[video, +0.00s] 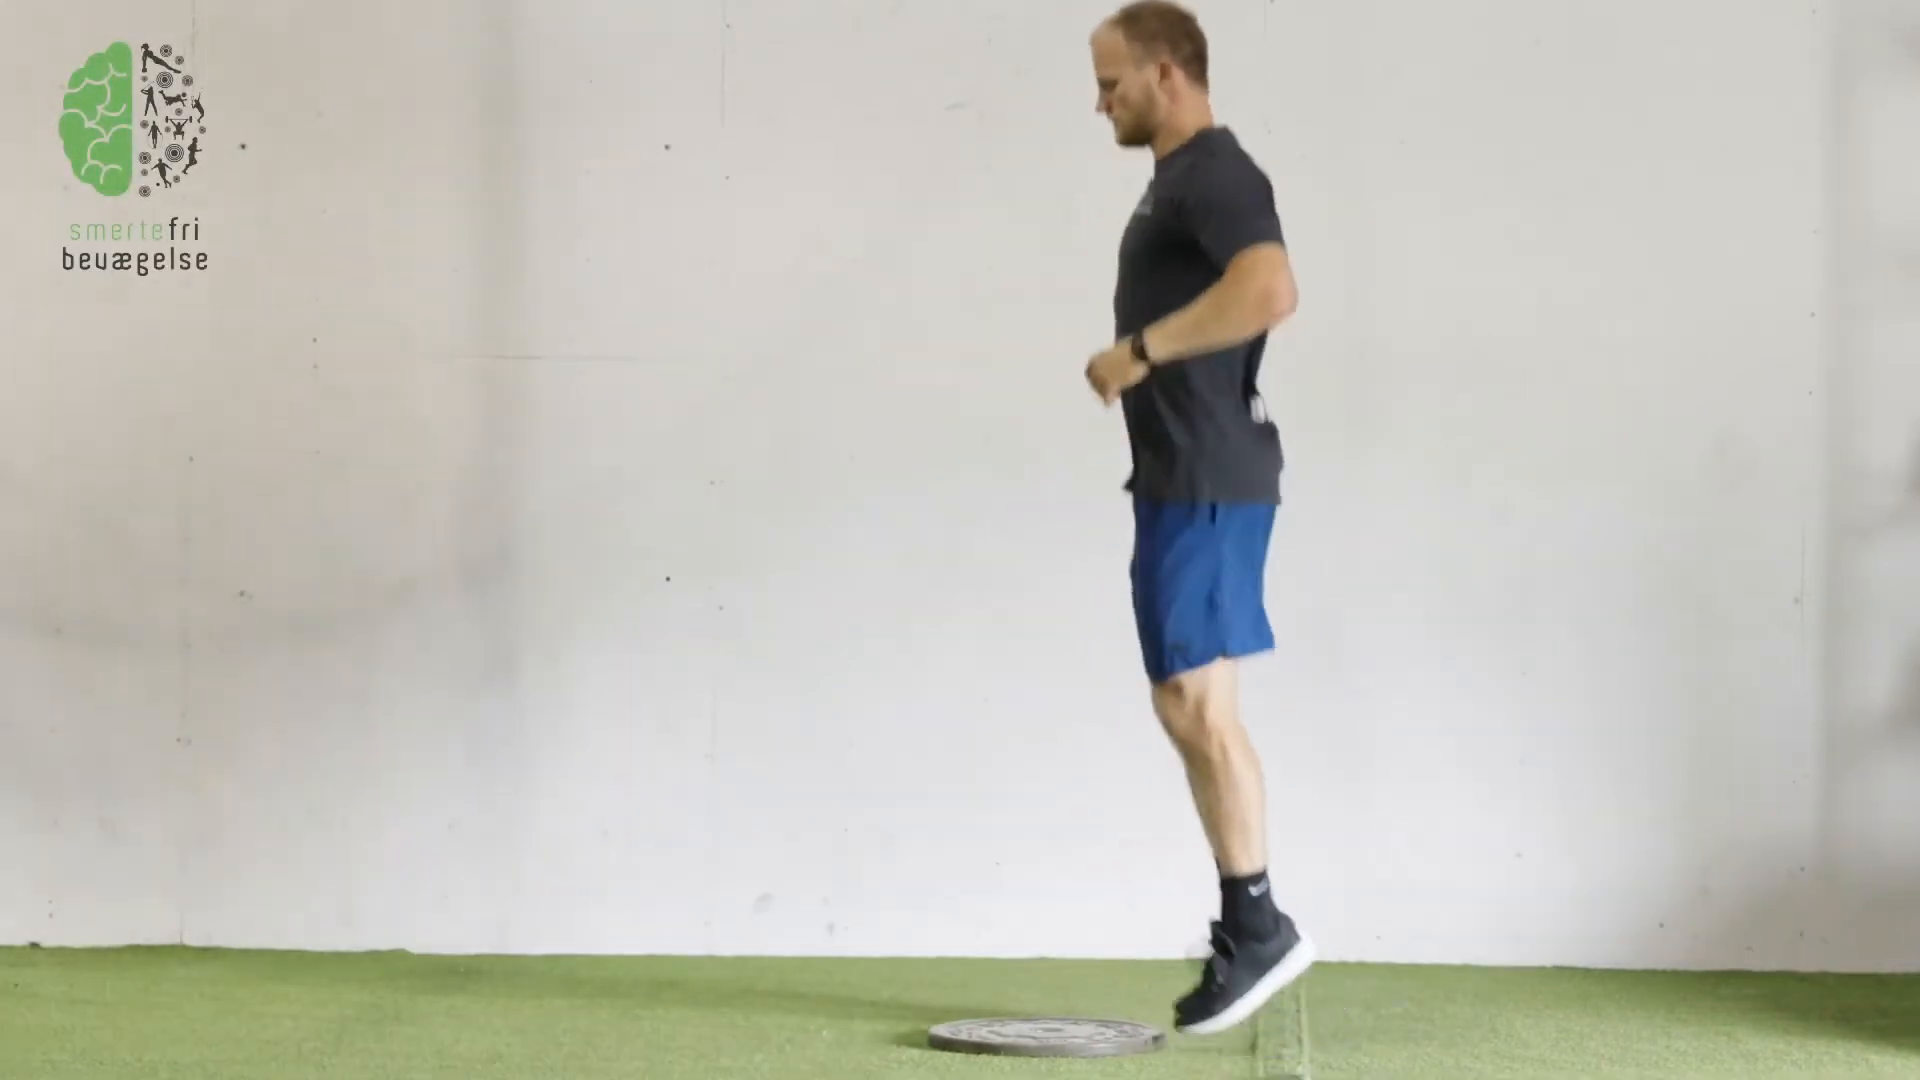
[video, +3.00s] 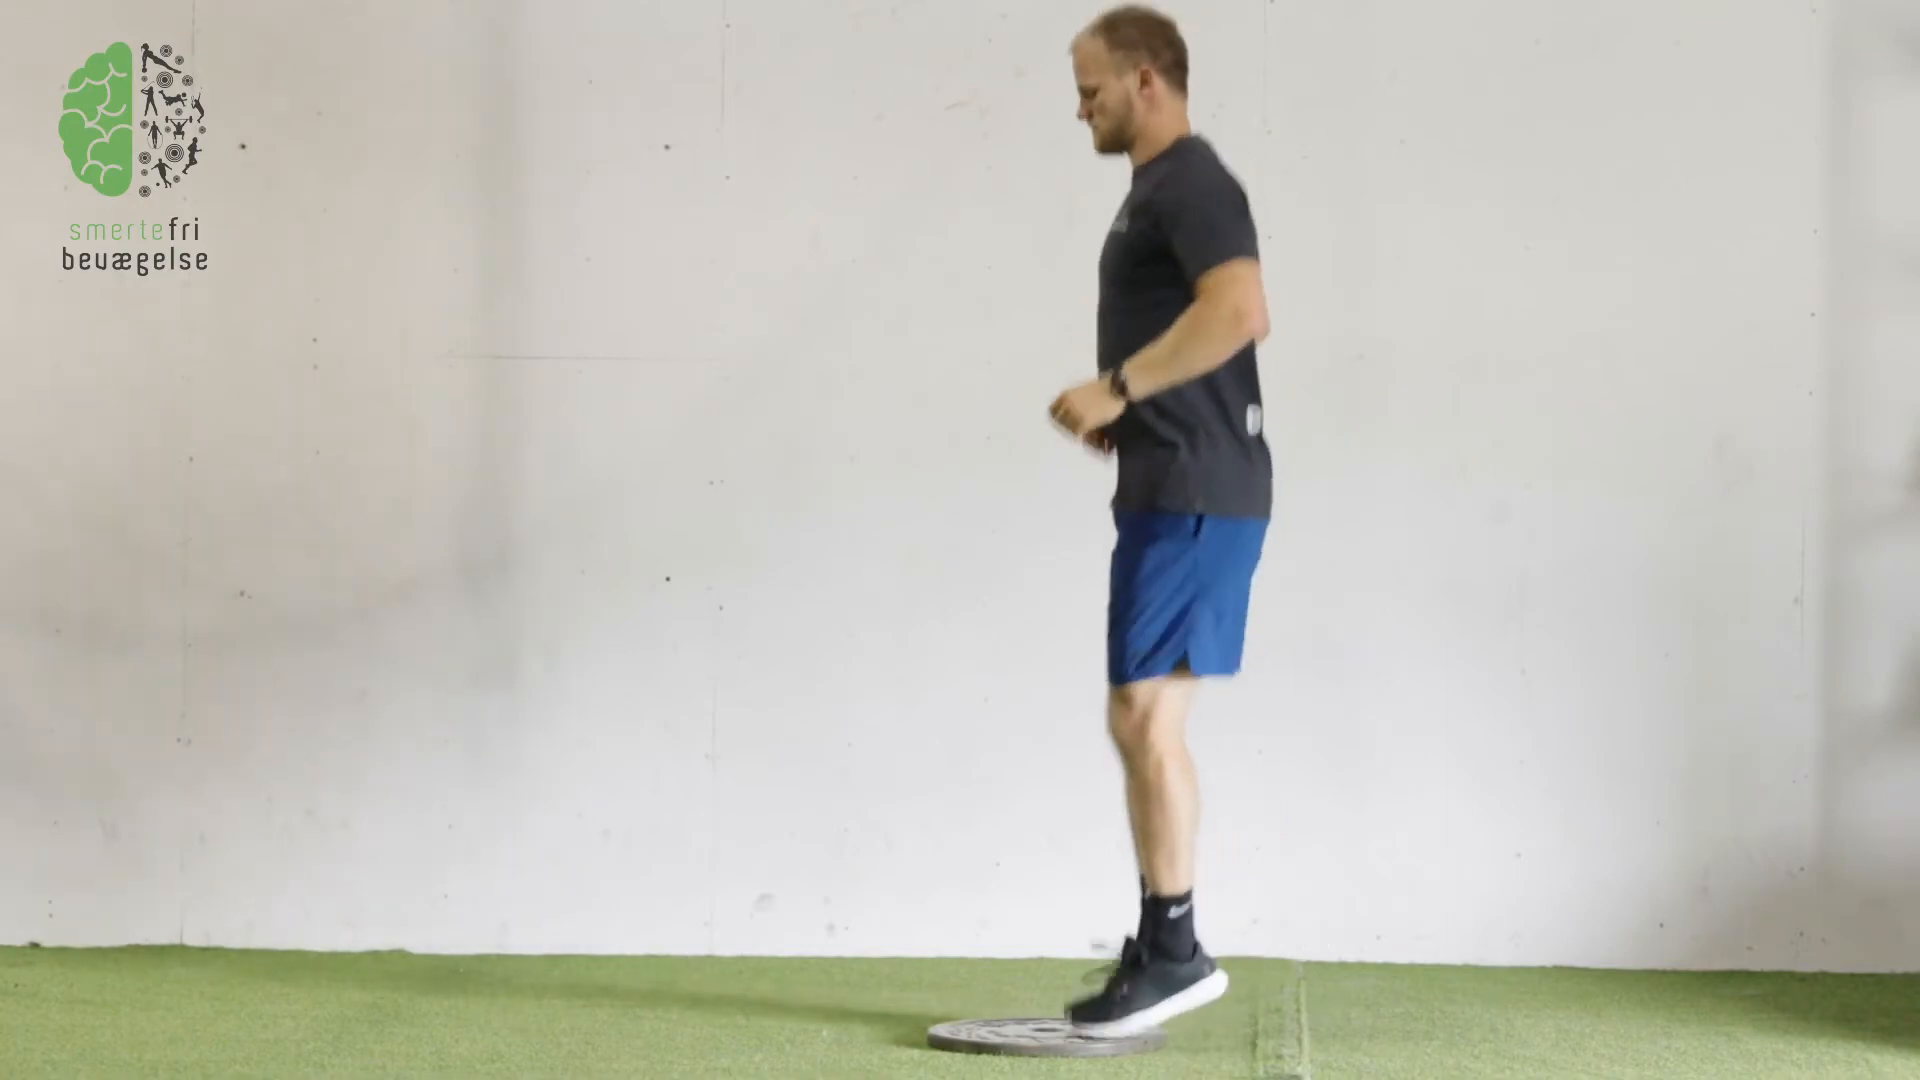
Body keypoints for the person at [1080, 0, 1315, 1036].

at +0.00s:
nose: (1100, 103)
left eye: (1110, 83)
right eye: (1098, 85)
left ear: (1168, 76)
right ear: (1160, 79)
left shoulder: (1213, 168)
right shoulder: (1190, 172)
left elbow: (1266, 290)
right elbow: (1250, 296)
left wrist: (1141, 350)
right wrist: (1147, 358)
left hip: (1206, 486)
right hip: (1186, 486)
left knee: (1196, 704)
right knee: (1190, 705)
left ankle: (1254, 927)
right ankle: (1248, 925)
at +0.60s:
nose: (1102, 114)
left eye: (1113, 95)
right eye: (1102, 98)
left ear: (1167, 88)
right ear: (1166, 91)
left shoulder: (1218, 185)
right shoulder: (1188, 192)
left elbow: (1292, 306)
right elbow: (1278, 314)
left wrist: (1220, 431)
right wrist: (1206, 435)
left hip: (1222, 502)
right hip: (1202, 501)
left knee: (1195, 719)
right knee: (1190, 722)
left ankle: (1298, 933)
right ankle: (1290, 932)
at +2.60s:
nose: (1110, 177)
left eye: (1121, 159)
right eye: (1110, 161)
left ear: (1176, 156)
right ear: (1175, 160)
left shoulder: (1224, 260)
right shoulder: (1189, 266)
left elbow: (1287, 392)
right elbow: (1228, 408)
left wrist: (1176, 483)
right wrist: (1146, 472)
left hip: (1238, 580)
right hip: (1220, 577)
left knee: (1212, 796)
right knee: (1215, 794)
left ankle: (1331, 990)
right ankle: (1319, 986)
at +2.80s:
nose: (1105, 87)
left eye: (1114, 68)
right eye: (1104, 70)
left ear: (1171, 60)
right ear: (1165, 64)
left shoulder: (1218, 151)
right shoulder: (1186, 161)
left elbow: (1279, 266)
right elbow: (1223, 283)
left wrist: (1159, 330)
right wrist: (1135, 318)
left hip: (1211, 470)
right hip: (1192, 468)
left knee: (1196, 689)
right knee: (1198, 691)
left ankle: (1268, 912)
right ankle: (1260, 910)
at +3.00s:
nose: (1081, 109)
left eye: (1090, 89)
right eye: (1079, 92)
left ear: (1148, 81)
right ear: (1144, 85)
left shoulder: (1191, 177)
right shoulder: (1165, 183)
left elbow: (1238, 309)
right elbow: (1214, 325)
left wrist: (1119, 385)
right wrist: (1125, 404)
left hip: (1197, 491)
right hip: (1175, 488)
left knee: (1147, 715)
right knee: (1141, 714)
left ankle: (1172, 950)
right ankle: (1163, 946)